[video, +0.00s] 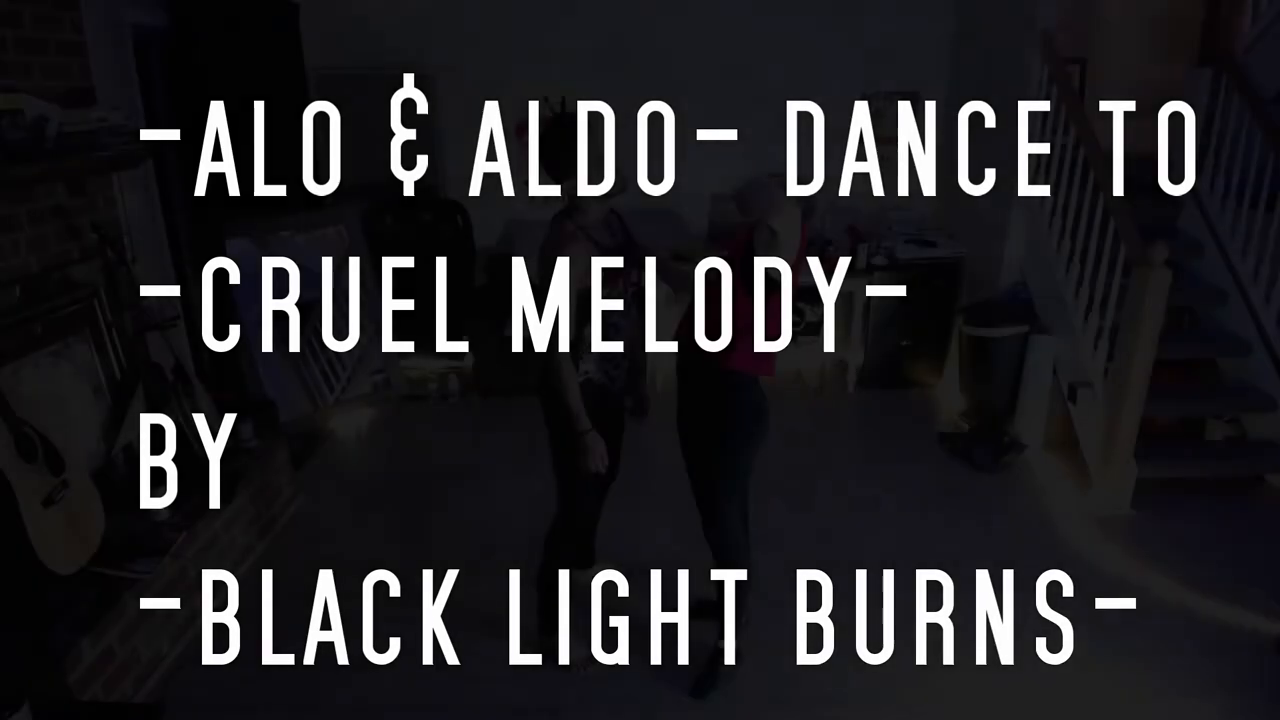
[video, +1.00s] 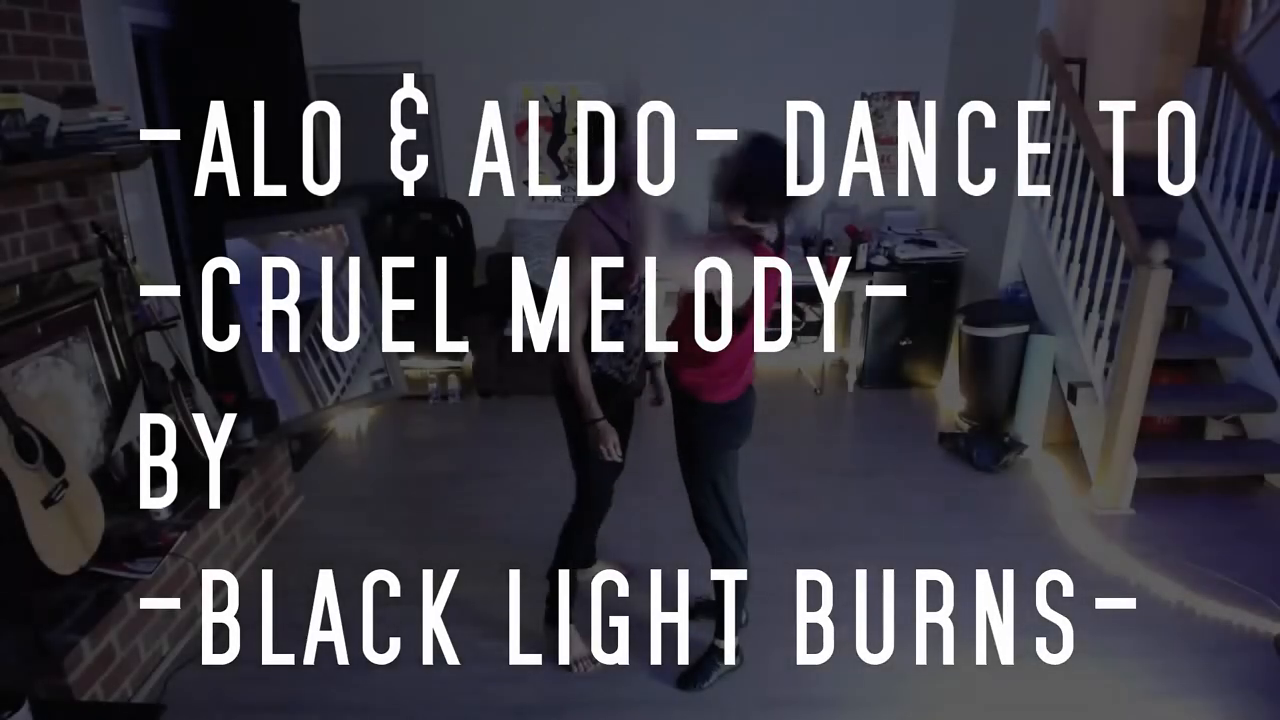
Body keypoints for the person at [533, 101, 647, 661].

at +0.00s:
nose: (606, 173)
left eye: (606, 161)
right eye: (596, 161)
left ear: (605, 171)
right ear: (577, 169)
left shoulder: (612, 230)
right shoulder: (564, 238)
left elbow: (627, 320)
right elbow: (556, 344)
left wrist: (638, 385)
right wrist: (582, 428)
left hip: (611, 392)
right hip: (576, 396)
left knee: (587, 513)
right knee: (580, 513)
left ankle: (568, 619)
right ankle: (561, 623)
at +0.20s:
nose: (621, 169)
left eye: (618, 155)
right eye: (610, 156)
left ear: (607, 164)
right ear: (592, 164)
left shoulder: (614, 227)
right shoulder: (571, 234)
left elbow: (624, 316)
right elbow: (558, 339)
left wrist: (642, 378)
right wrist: (591, 420)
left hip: (613, 391)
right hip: (583, 394)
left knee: (596, 507)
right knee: (593, 508)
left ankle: (568, 619)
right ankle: (558, 623)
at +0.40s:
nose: (642, 169)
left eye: (638, 155)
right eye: (633, 157)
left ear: (603, 159)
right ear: (611, 161)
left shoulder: (616, 223)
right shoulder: (579, 228)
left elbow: (626, 315)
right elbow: (564, 334)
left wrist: (644, 374)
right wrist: (590, 415)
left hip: (607, 380)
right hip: (580, 384)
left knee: (590, 496)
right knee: (591, 497)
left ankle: (567, 609)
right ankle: (560, 614)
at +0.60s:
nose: (656, 161)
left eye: (657, 147)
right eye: (647, 148)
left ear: (620, 153)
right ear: (621, 154)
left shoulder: (624, 220)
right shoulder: (583, 225)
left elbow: (629, 311)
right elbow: (567, 329)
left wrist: (642, 377)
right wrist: (589, 414)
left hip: (612, 382)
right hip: (583, 385)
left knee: (588, 499)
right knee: (578, 502)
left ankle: (574, 613)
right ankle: (559, 623)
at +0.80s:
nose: (654, 162)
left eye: (654, 148)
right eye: (646, 148)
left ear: (623, 152)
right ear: (621, 153)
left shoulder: (627, 217)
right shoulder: (585, 224)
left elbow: (630, 307)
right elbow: (569, 328)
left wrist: (642, 371)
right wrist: (591, 414)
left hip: (616, 381)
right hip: (586, 383)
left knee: (595, 498)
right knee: (583, 501)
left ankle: (575, 613)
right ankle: (559, 626)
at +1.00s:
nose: (645, 172)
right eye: (636, 160)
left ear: (620, 155)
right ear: (618, 163)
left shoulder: (640, 218)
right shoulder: (582, 229)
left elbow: (642, 298)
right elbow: (569, 337)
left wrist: (652, 363)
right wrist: (595, 419)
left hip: (622, 374)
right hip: (586, 377)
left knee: (601, 490)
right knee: (594, 495)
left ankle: (576, 589)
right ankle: (561, 618)